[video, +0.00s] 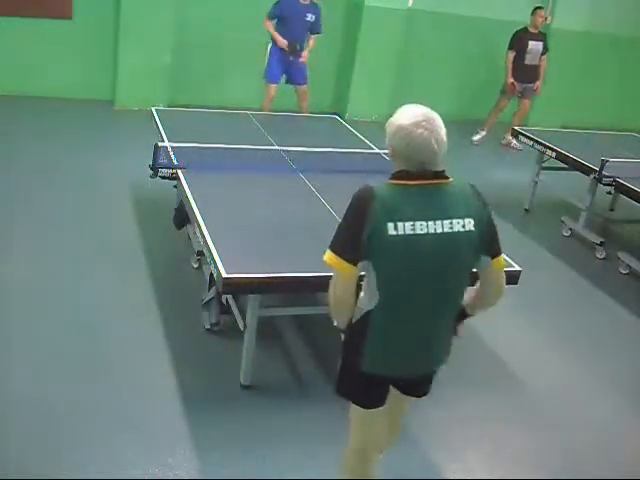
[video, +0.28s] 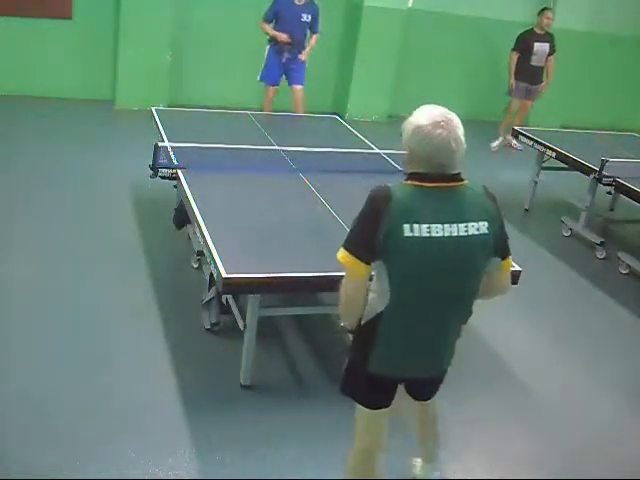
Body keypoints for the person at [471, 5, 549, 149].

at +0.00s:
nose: (542, 20)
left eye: (543, 17)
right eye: (539, 17)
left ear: (544, 20)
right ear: (532, 17)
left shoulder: (543, 37)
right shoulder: (519, 34)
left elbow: (543, 59)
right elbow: (510, 56)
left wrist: (540, 80)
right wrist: (509, 77)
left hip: (531, 81)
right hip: (515, 79)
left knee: (524, 110)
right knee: (500, 106)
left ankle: (510, 136)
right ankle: (484, 130)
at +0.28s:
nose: (549, 22)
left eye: (551, 19)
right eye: (546, 18)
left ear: (552, 21)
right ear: (539, 18)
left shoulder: (549, 38)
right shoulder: (525, 35)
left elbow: (550, 60)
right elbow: (514, 55)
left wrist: (548, 80)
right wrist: (512, 77)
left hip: (536, 81)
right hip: (520, 78)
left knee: (525, 110)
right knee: (512, 109)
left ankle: (511, 136)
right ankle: (501, 136)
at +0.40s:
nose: (551, 22)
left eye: (553, 19)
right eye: (548, 19)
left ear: (555, 22)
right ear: (541, 19)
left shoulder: (552, 39)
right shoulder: (527, 36)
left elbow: (552, 60)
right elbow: (516, 55)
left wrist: (550, 80)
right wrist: (515, 76)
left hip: (539, 80)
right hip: (524, 79)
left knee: (525, 111)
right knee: (519, 110)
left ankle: (515, 137)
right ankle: (511, 140)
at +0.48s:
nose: (552, 23)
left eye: (554, 20)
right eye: (550, 19)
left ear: (555, 22)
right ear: (542, 19)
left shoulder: (553, 39)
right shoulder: (528, 37)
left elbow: (553, 60)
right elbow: (517, 56)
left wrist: (551, 80)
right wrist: (516, 76)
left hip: (540, 80)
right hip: (525, 79)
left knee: (527, 110)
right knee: (521, 110)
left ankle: (514, 135)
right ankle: (513, 141)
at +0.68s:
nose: (554, 24)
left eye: (556, 21)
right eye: (551, 20)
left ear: (557, 23)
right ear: (543, 21)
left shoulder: (553, 40)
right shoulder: (532, 39)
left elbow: (554, 61)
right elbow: (522, 61)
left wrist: (553, 80)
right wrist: (527, 80)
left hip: (543, 80)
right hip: (530, 79)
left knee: (531, 108)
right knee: (526, 109)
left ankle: (516, 133)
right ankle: (518, 141)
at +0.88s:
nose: (555, 24)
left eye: (557, 21)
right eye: (552, 20)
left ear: (559, 22)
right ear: (545, 21)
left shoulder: (555, 40)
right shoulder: (534, 40)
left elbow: (556, 61)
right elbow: (528, 63)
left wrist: (555, 80)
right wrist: (544, 80)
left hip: (547, 76)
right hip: (534, 76)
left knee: (534, 114)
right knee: (529, 114)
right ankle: (522, 140)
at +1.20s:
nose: (561, 24)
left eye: (563, 22)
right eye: (558, 21)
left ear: (565, 24)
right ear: (550, 23)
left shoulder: (561, 42)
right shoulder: (539, 42)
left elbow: (563, 63)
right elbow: (534, 65)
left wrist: (562, 81)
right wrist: (553, 80)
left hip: (552, 85)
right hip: (535, 85)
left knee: (551, 119)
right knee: (529, 116)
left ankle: (546, 150)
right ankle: (519, 144)